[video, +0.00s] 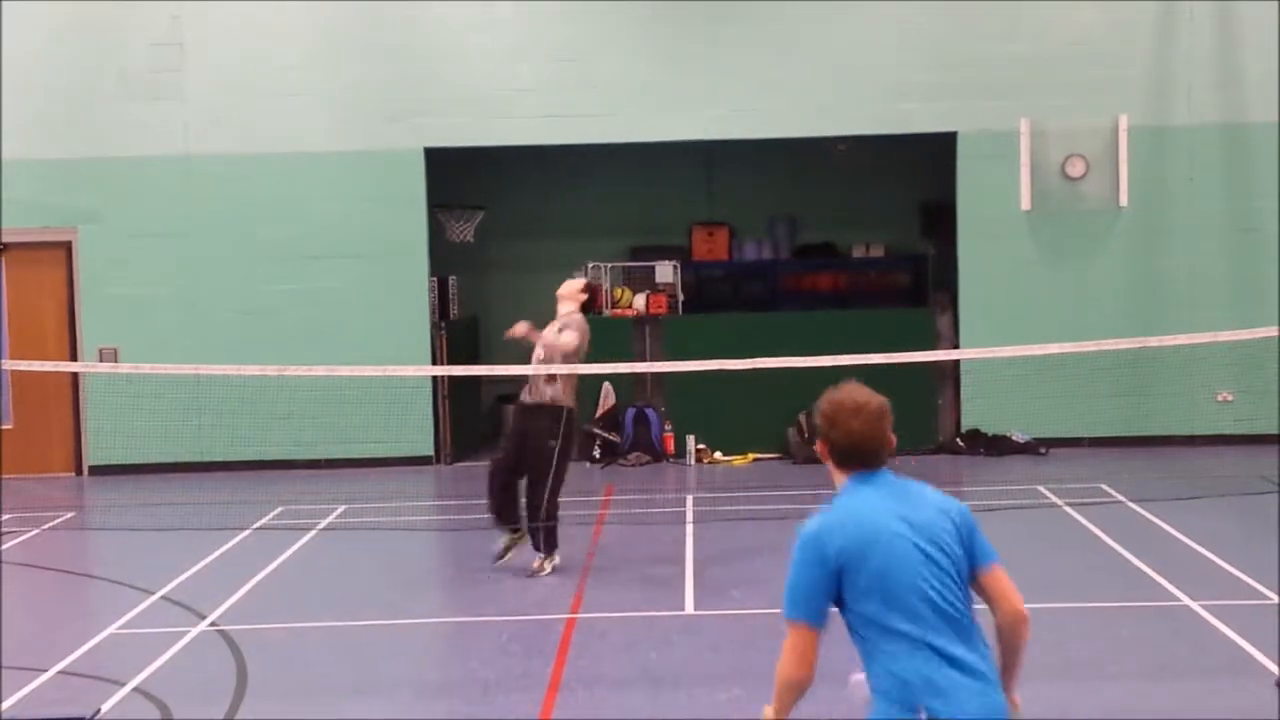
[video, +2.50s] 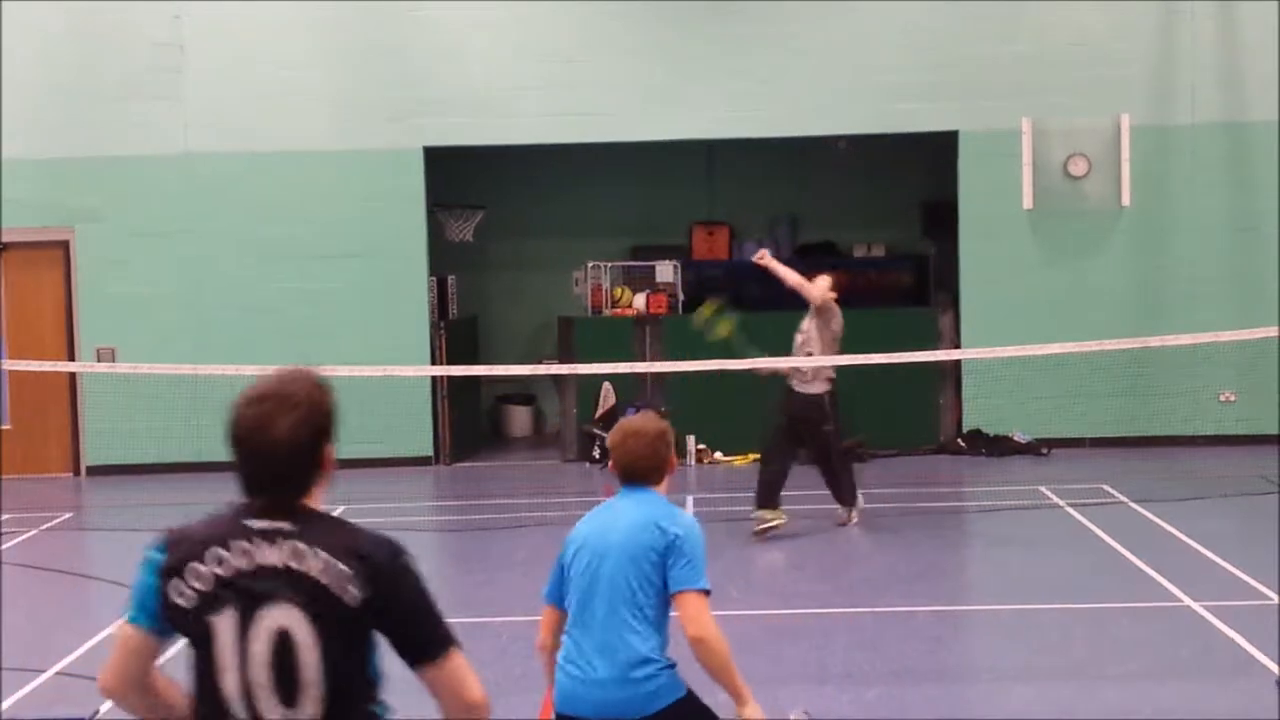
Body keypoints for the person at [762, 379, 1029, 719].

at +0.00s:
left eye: (817, 438)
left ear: (822, 450)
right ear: (892, 442)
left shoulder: (825, 531)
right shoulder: (945, 507)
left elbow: (797, 672)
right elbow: (1014, 614)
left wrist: (777, 711)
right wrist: (1007, 688)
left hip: (904, 709)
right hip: (984, 704)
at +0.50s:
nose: (918, 432)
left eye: (919, 425)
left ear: (925, 441)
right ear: (994, 439)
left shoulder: (904, 540)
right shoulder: (1050, 521)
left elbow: (890, 687)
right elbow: (1115, 644)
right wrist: (1114, 713)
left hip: (965, 710)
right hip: (1055, 709)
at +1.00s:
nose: (1002, 408)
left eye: (1013, 405)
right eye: (1011, 401)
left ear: (1028, 439)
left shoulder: (962, 514)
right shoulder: (1105, 528)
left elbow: (942, 642)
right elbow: (1129, 666)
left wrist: (930, 713)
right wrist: (1088, 710)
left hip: (983, 709)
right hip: (1070, 708)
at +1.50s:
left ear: (820, 412)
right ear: (886, 410)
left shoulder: (788, 486)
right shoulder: (921, 481)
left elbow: (751, 604)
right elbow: (965, 594)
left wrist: (737, 680)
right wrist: (955, 656)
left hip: (828, 695)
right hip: (909, 694)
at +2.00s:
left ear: (709, 404)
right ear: (771, 405)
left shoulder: (671, 468)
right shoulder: (791, 478)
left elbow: (644, 578)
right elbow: (813, 591)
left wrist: (671, 624)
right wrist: (821, 664)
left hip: (678, 664)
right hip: (752, 668)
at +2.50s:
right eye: (675, 452)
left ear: (612, 466)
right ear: (672, 463)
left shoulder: (585, 526)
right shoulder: (676, 524)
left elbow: (546, 642)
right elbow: (699, 632)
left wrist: (558, 697)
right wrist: (744, 701)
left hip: (574, 700)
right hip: (643, 697)